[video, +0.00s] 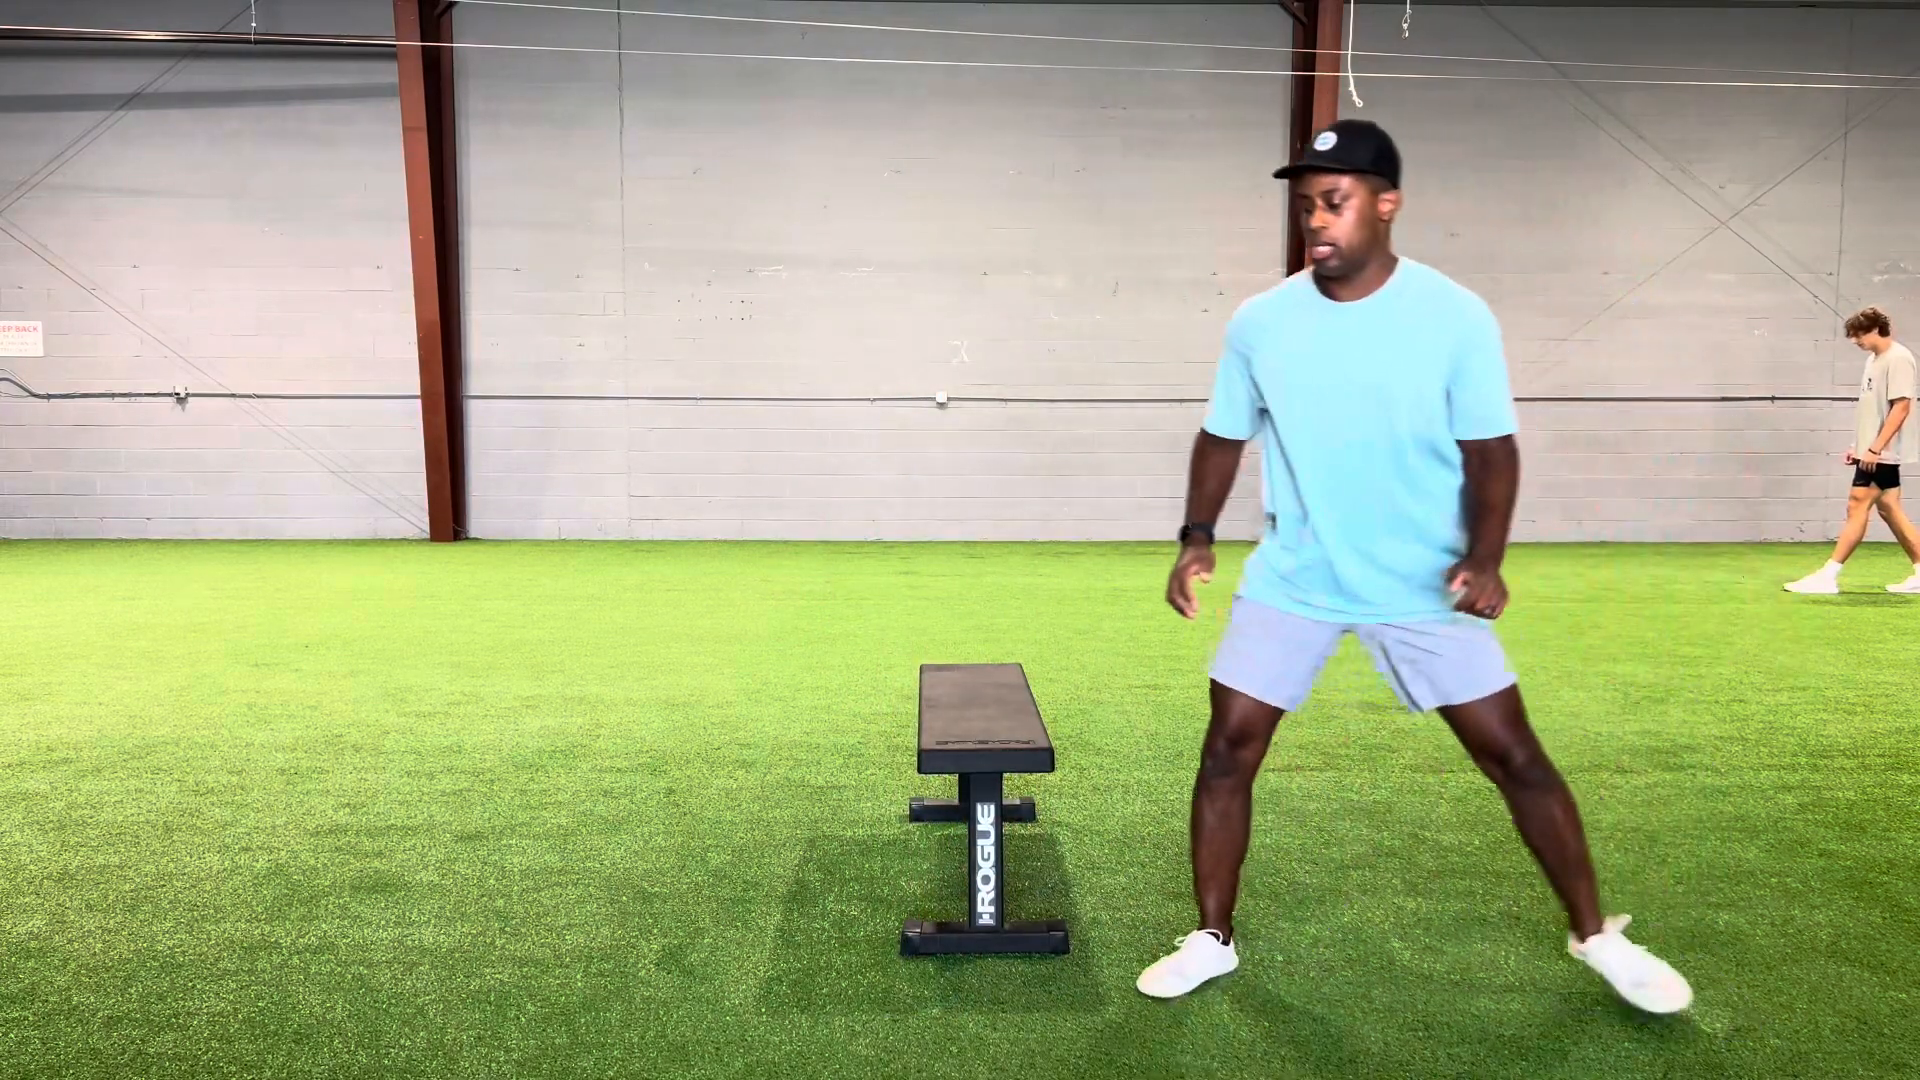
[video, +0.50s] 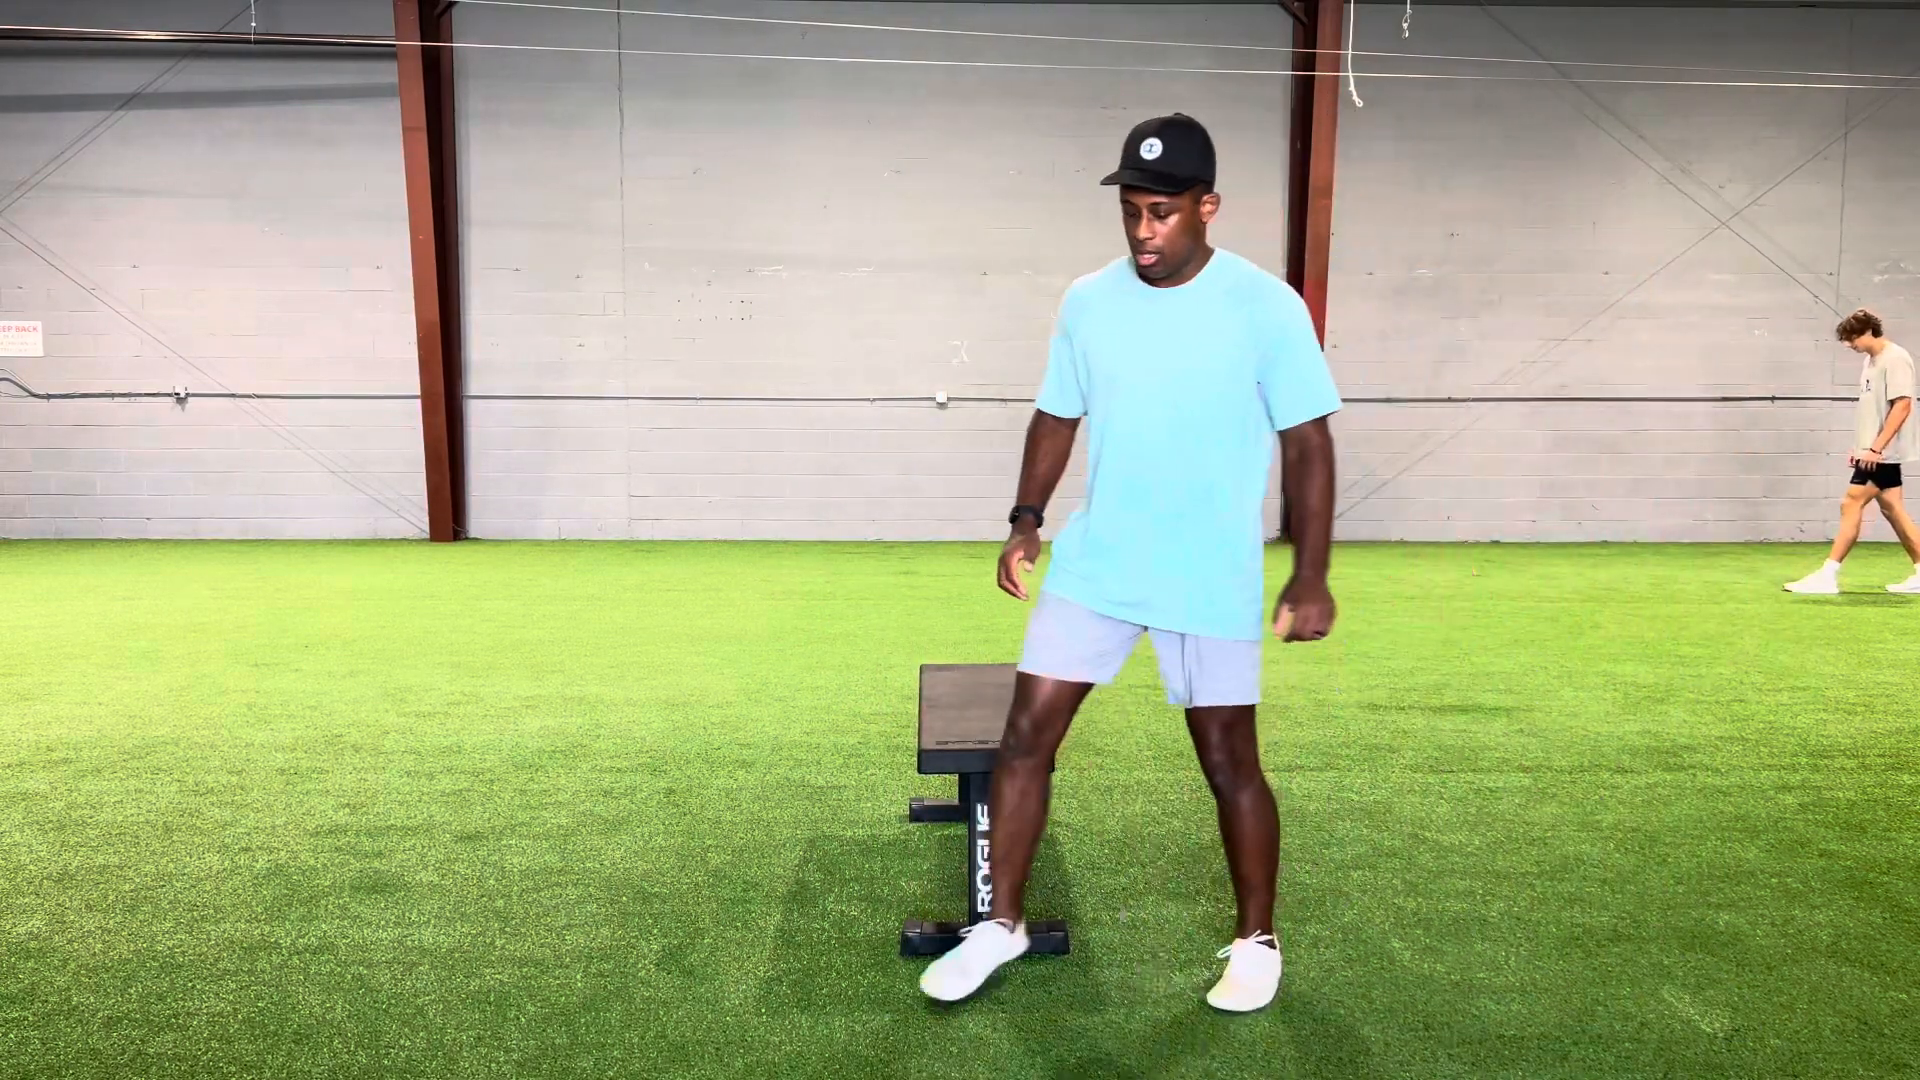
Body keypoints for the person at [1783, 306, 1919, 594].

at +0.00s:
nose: (1857, 343)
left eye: (1859, 336)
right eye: (1855, 338)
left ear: (1876, 330)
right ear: (1869, 334)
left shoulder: (1899, 357)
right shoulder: (1875, 359)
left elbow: (1902, 408)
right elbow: (1872, 409)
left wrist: (1876, 449)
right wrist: (1858, 447)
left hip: (1881, 452)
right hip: (1873, 452)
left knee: (1858, 506)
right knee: (1890, 510)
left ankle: (1828, 575)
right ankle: (1919, 570)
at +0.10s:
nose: (1856, 344)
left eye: (1858, 337)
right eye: (1854, 339)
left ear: (1874, 331)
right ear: (1869, 334)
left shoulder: (1898, 358)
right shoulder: (1876, 358)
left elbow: (1901, 408)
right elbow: (1872, 408)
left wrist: (1876, 449)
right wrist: (1860, 446)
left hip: (1880, 452)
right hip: (1873, 452)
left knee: (1858, 507)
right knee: (1890, 510)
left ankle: (1828, 575)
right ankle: (1919, 570)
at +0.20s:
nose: (1855, 344)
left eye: (1857, 338)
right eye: (1853, 339)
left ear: (1873, 331)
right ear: (1868, 334)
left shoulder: (1898, 358)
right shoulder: (1876, 359)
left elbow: (1902, 408)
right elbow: (1873, 410)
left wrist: (1877, 450)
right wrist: (1862, 450)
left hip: (1881, 453)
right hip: (1874, 452)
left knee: (1858, 506)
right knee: (1891, 510)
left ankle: (1828, 575)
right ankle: (1919, 570)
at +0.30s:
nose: (1855, 344)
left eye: (1856, 338)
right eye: (1852, 339)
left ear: (1872, 331)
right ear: (1867, 333)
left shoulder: (1897, 358)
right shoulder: (1876, 358)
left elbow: (1902, 408)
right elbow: (1873, 409)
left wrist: (1878, 449)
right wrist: (1862, 449)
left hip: (1880, 452)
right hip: (1874, 452)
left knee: (1858, 507)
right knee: (1891, 510)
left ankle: (1829, 575)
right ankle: (1919, 570)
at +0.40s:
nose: (1854, 345)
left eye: (1855, 339)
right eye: (1851, 341)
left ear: (1871, 332)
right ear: (1866, 334)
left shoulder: (1897, 357)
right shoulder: (1876, 358)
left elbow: (1902, 408)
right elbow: (1873, 409)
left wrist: (1878, 448)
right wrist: (1862, 449)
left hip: (1880, 452)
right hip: (1874, 451)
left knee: (1856, 507)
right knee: (1892, 510)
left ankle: (1829, 574)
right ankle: (1919, 570)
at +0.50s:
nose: (1851, 347)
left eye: (1852, 340)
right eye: (1848, 342)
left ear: (1867, 332)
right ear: (1864, 335)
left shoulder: (1895, 357)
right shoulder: (1874, 359)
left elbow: (1903, 407)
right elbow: (1872, 410)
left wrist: (1876, 448)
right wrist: (1860, 448)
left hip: (1883, 452)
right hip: (1876, 452)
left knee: (1851, 504)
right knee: (1892, 509)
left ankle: (1828, 574)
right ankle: (1919, 570)